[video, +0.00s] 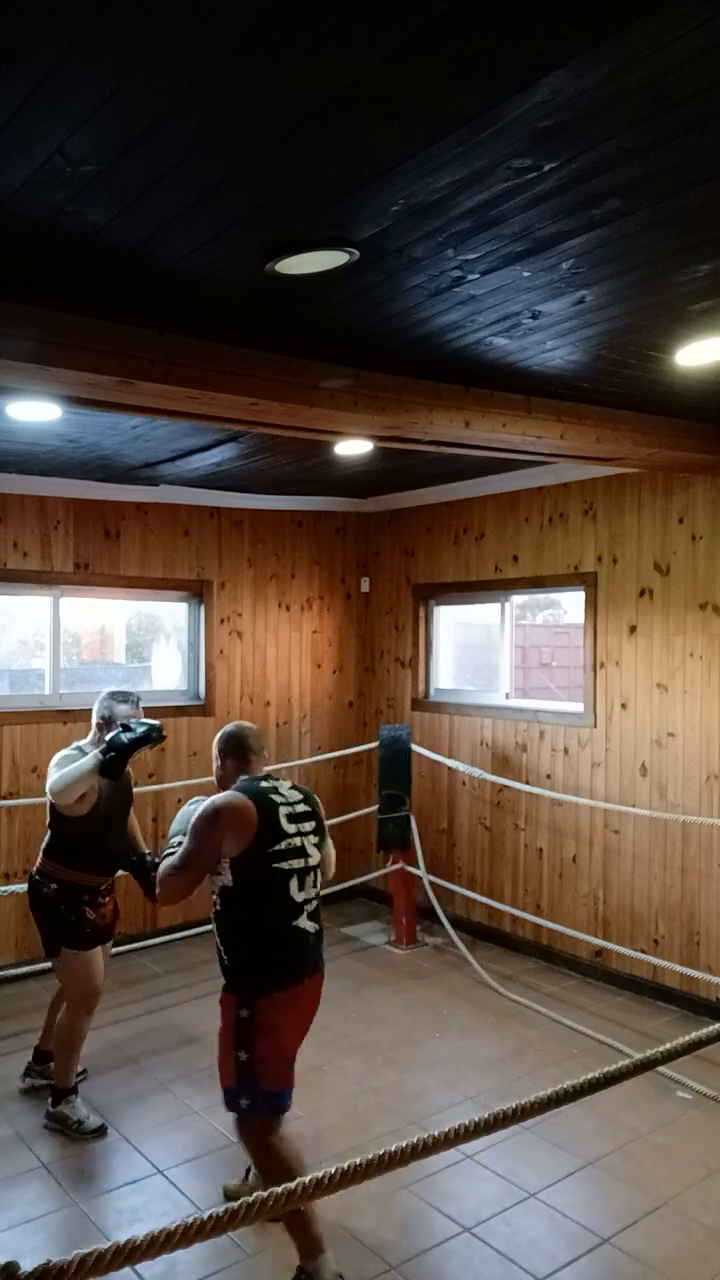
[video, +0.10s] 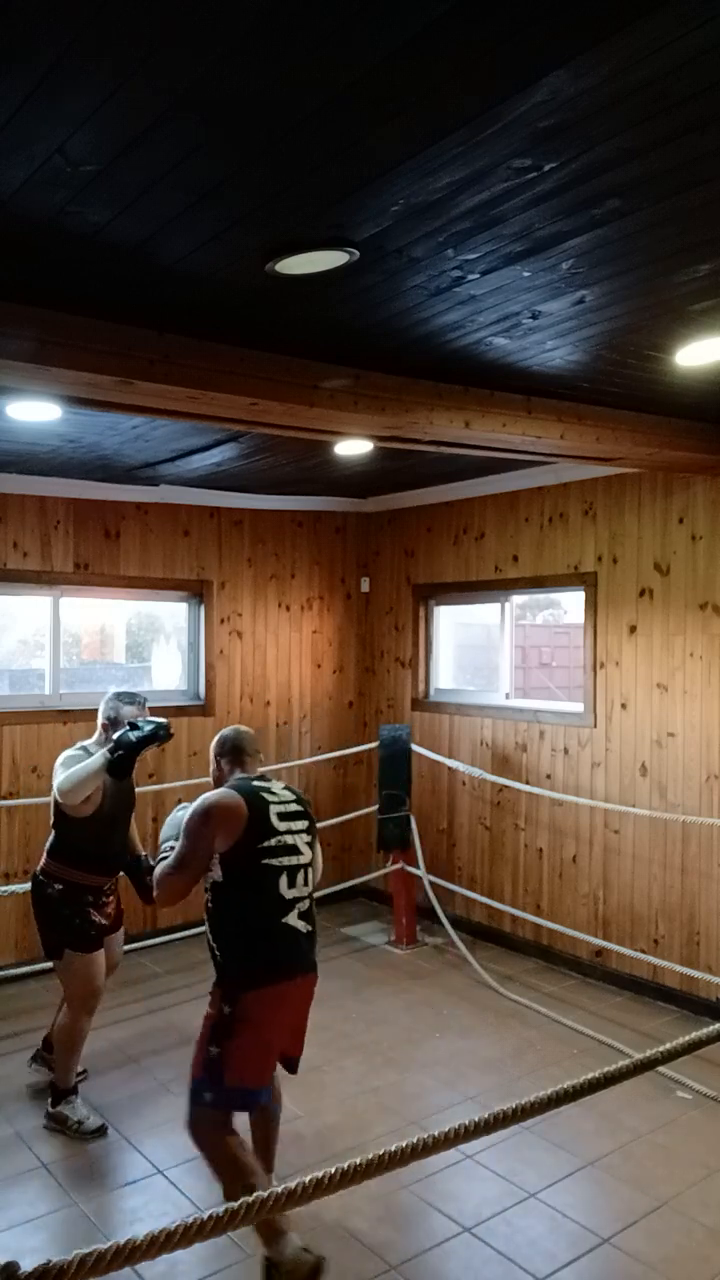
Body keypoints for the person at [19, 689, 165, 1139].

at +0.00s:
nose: (126, 737)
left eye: (133, 730)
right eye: (119, 728)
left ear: (138, 731)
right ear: (99, 723)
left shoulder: (122, 771)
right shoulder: (71, 758)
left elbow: (125, 819)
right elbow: (57, 794)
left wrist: (144, 862)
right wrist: (108, 755)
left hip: (98, 887)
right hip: (60, 889)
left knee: (79, 982)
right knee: (87, 992)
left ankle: (44, 1063)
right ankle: (62, 1100)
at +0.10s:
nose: (131, 738)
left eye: (138, 731)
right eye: (125, 728)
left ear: (143, 732)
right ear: (105, 723)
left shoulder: (125, 769)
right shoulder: (76, 758)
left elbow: (122, 826)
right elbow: (65, 795)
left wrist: (139, 869)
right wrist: (118, 752)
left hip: (103, 886)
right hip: (65, 890)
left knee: (107, 963)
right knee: (85, 995)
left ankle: (53, 1048)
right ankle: (62, 1101)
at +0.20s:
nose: (135, 737)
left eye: (142, 730)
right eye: (129, 727)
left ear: (147, 732)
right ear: (110, 722)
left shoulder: (129, 767)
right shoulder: (81, 755)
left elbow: (121, 831)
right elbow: (72, 792)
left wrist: (139, 873)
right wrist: (122, 750)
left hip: (108, 885)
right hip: (68, 888)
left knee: (116, 959)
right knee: (88, 995)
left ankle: (59, 1036)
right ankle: (62, 1100)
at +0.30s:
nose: (142, 736)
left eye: (148, 730)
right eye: (137, 727)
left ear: (150, 732)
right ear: (117, 722)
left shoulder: (134, 766)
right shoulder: (86, 755)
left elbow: (127, 831)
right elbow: (74, 790)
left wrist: (146, 867)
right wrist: (126, 749)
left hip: (113, 883)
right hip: (73, 888)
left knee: (115, 961)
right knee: (89, 996)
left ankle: (83, 1036)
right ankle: (61, 1102)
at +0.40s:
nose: (142, 738)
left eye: (149, 732)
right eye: (137, 728)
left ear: (151, 736)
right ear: (119, 725)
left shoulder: (138, 773)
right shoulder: (90, 758)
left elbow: (138, 831)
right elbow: (74, 789)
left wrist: (154, 879)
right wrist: (125, 749)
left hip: (115, 885)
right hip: (76, 887)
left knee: (114, 961)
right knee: (96, 995)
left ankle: (98, 1038)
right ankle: (63, 1101)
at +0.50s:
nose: (146, 739)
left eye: (152, 731)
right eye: (139, 727)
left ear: (156, 737)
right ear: (120, 725)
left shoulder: (144, 775)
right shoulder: (91, 761)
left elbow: (146, 825)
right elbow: (73, 788)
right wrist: (118, 748)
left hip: (121, 882)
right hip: (77, 884)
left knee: (117, 965)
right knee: (102, 988)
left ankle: (100, 1037)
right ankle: (69, 1094)